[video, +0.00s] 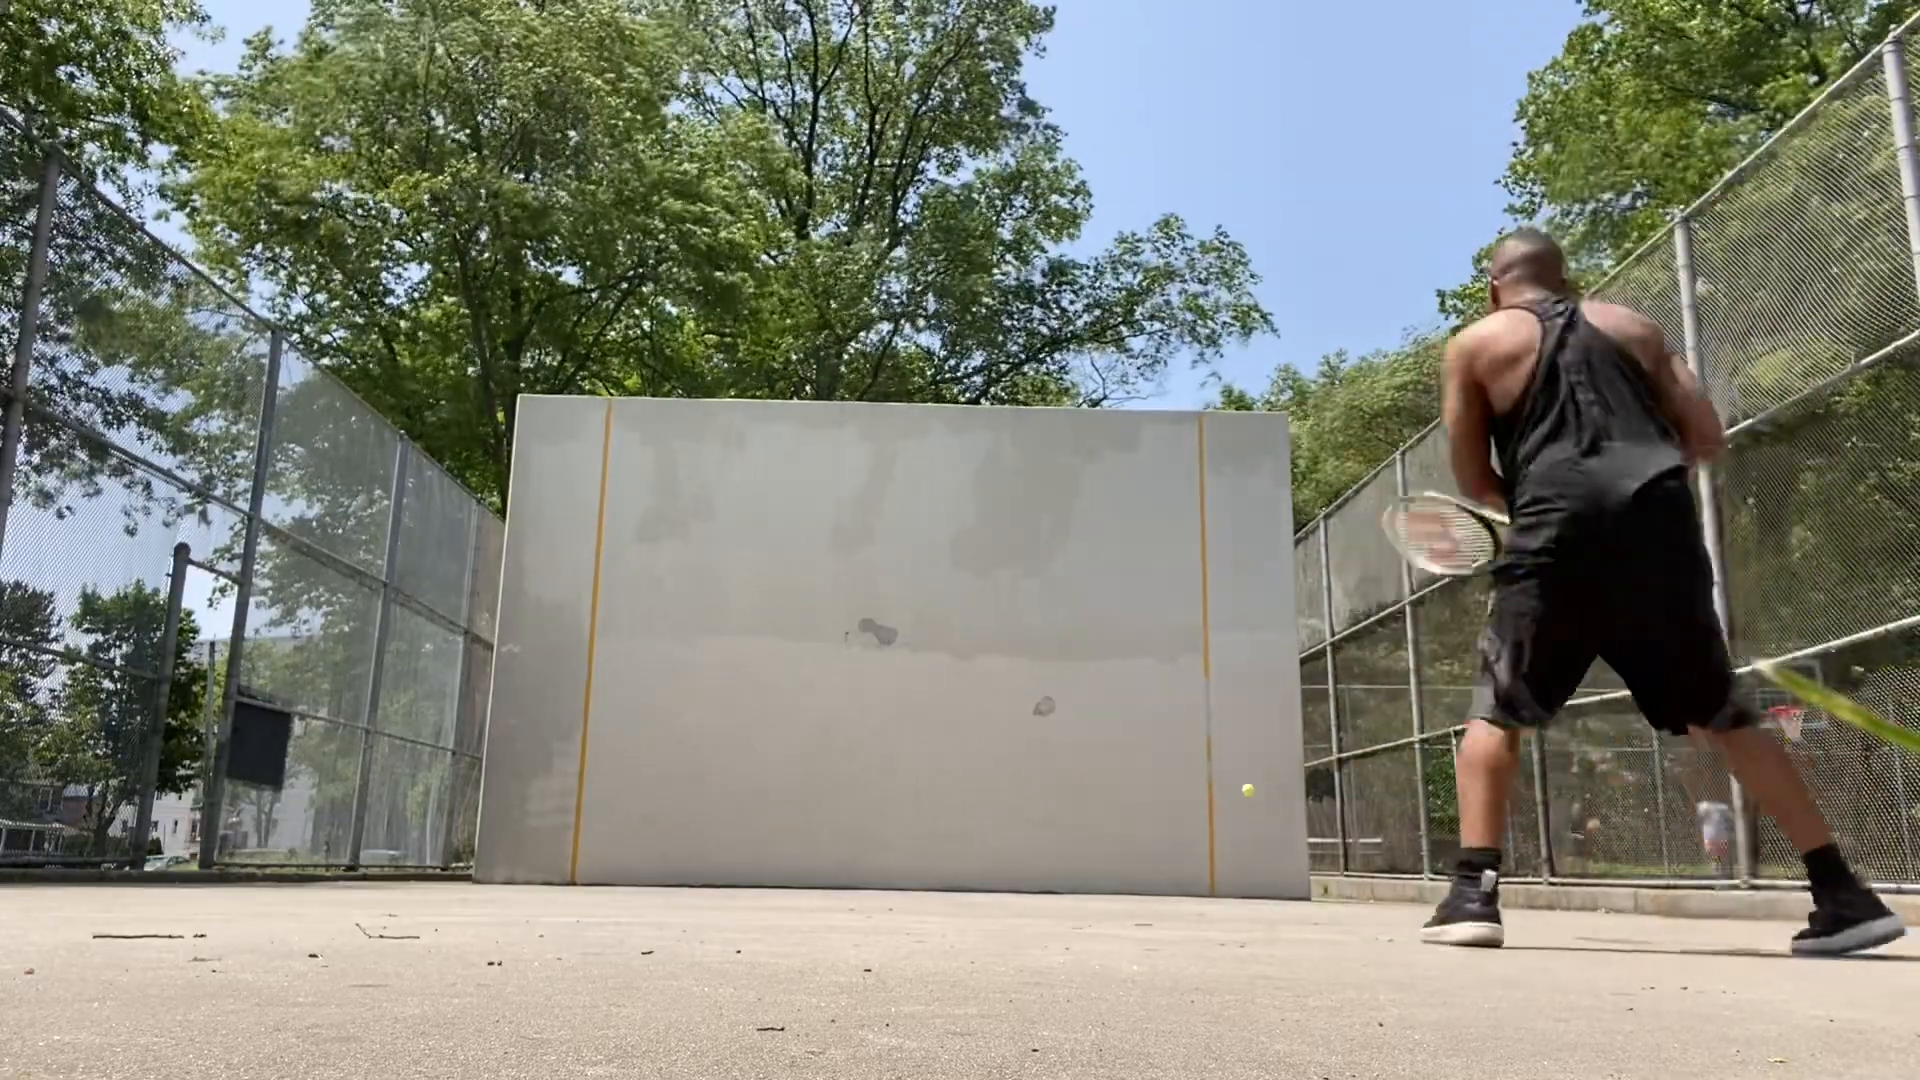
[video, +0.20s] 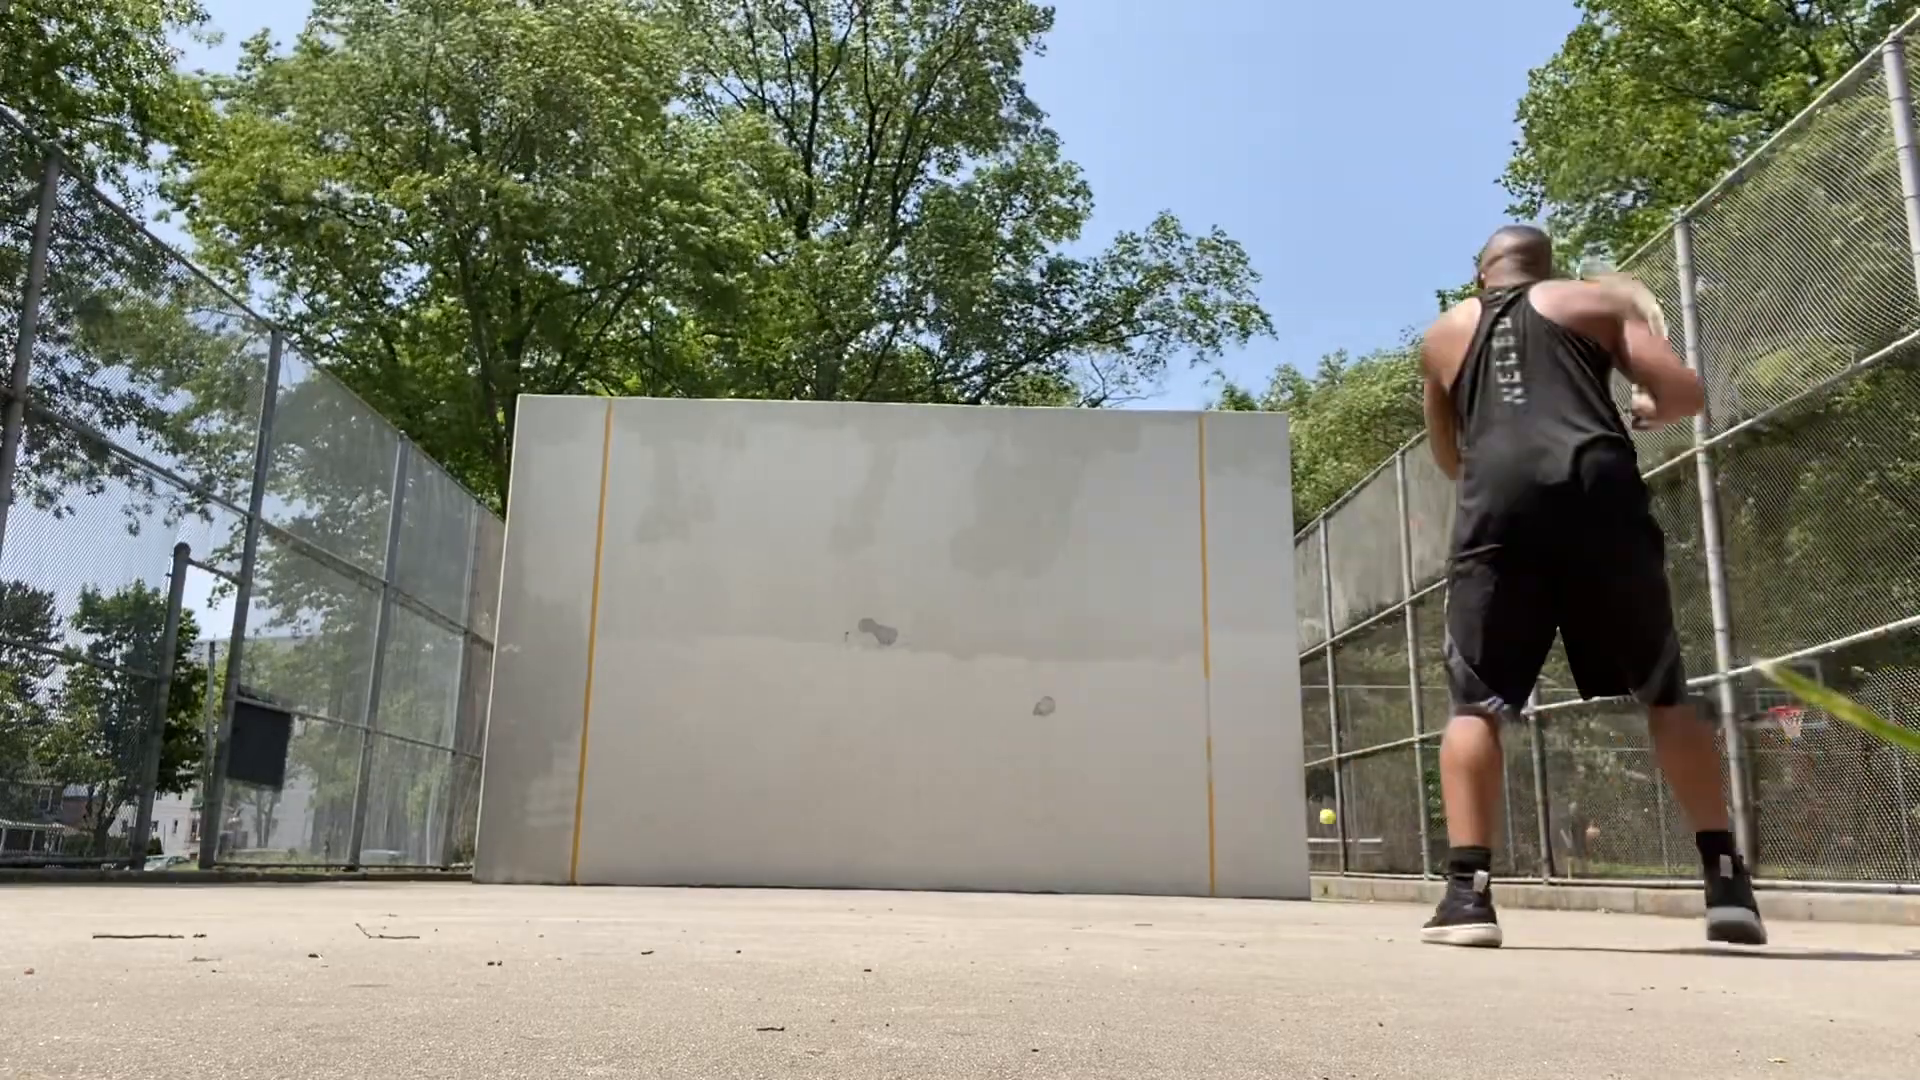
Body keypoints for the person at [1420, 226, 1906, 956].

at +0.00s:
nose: (1483, 298)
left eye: (1484, 289)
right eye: (1485, 290)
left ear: (1496, 287)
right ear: (1568, 282)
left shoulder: (1475, 345)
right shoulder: (1629, 322)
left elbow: (1473, 479)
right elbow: (1706, 437)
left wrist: (1545, 499)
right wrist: (1635, 464)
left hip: (1553, 547)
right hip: (1659, 541)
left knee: (1496, 712)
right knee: (1721, 716)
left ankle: (1473, 891)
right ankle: (1843, 893)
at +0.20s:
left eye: (1483, 266)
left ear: (1481, 278)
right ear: (1554, 269)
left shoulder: (1443, 334)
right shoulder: (1600, 298)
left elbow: (1450, 460)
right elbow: (1683, 392)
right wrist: (1649, 409)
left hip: (1497, 521)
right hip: (1606, 514)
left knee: (1475, 704)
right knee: (1666, 696)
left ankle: (1467, 894)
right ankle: (1727, 885)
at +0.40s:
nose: (1617, 299)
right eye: (1613, 290)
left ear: (1538, 292)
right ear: (1602, 286)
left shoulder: (1483, 344)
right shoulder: (1608, 300)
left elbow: (1392, 440)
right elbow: (1698, 322)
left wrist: (1383, 494)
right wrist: (1817, 264)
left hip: (1483, 529)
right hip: (1591, 519)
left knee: (1471, 713)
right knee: (1650, 706)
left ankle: (1465, 894)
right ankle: (1707, 895)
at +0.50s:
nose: (1643, 310)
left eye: (1610, 295)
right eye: (1641, 304)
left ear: (1570, 310)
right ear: (1631, 306)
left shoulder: (1508, 358)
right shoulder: (1637, 323)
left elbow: (1390, 436)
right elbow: (1707, 370)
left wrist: (1334, 505)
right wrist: (1858, 340)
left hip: (1498, 540)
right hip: (1605, 531)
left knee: (1470, 720)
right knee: (1663, 714)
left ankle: (1463, 889)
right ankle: (1710, 904)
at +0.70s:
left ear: (1590, 315)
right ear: (1658, 338)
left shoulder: (1535, 334)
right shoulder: (1685, 387)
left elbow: (1456, 414)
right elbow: (1694, 526)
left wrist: (1368, 473)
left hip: (1524, 538)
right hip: (1636, 554)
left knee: (1452, 702)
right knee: (1677, 717)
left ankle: (1434, 872)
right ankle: (1712, 907)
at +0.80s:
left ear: (1593, 278)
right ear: (1654, 297)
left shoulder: (1537, 292)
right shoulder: (1684, 344)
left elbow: (1467, 384)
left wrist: (1384, 449)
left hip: (1521, 512)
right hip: (1629, 529)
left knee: (1442, 681)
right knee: (1662, 706)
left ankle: (1420, 868)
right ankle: (1711, 906)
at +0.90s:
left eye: (1568, 234)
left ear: (1567, 241)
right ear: (1632, 265)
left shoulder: (1521, 268)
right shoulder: (1654, 316)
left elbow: (1459, 373)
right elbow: (1574, 332)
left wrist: (1375, 406)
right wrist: (1496, 285)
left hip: (1525, 488)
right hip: (1626, 511)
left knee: (1431, 660)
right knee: (1657, 702)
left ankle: (1402, 840)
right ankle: (1711, 903)